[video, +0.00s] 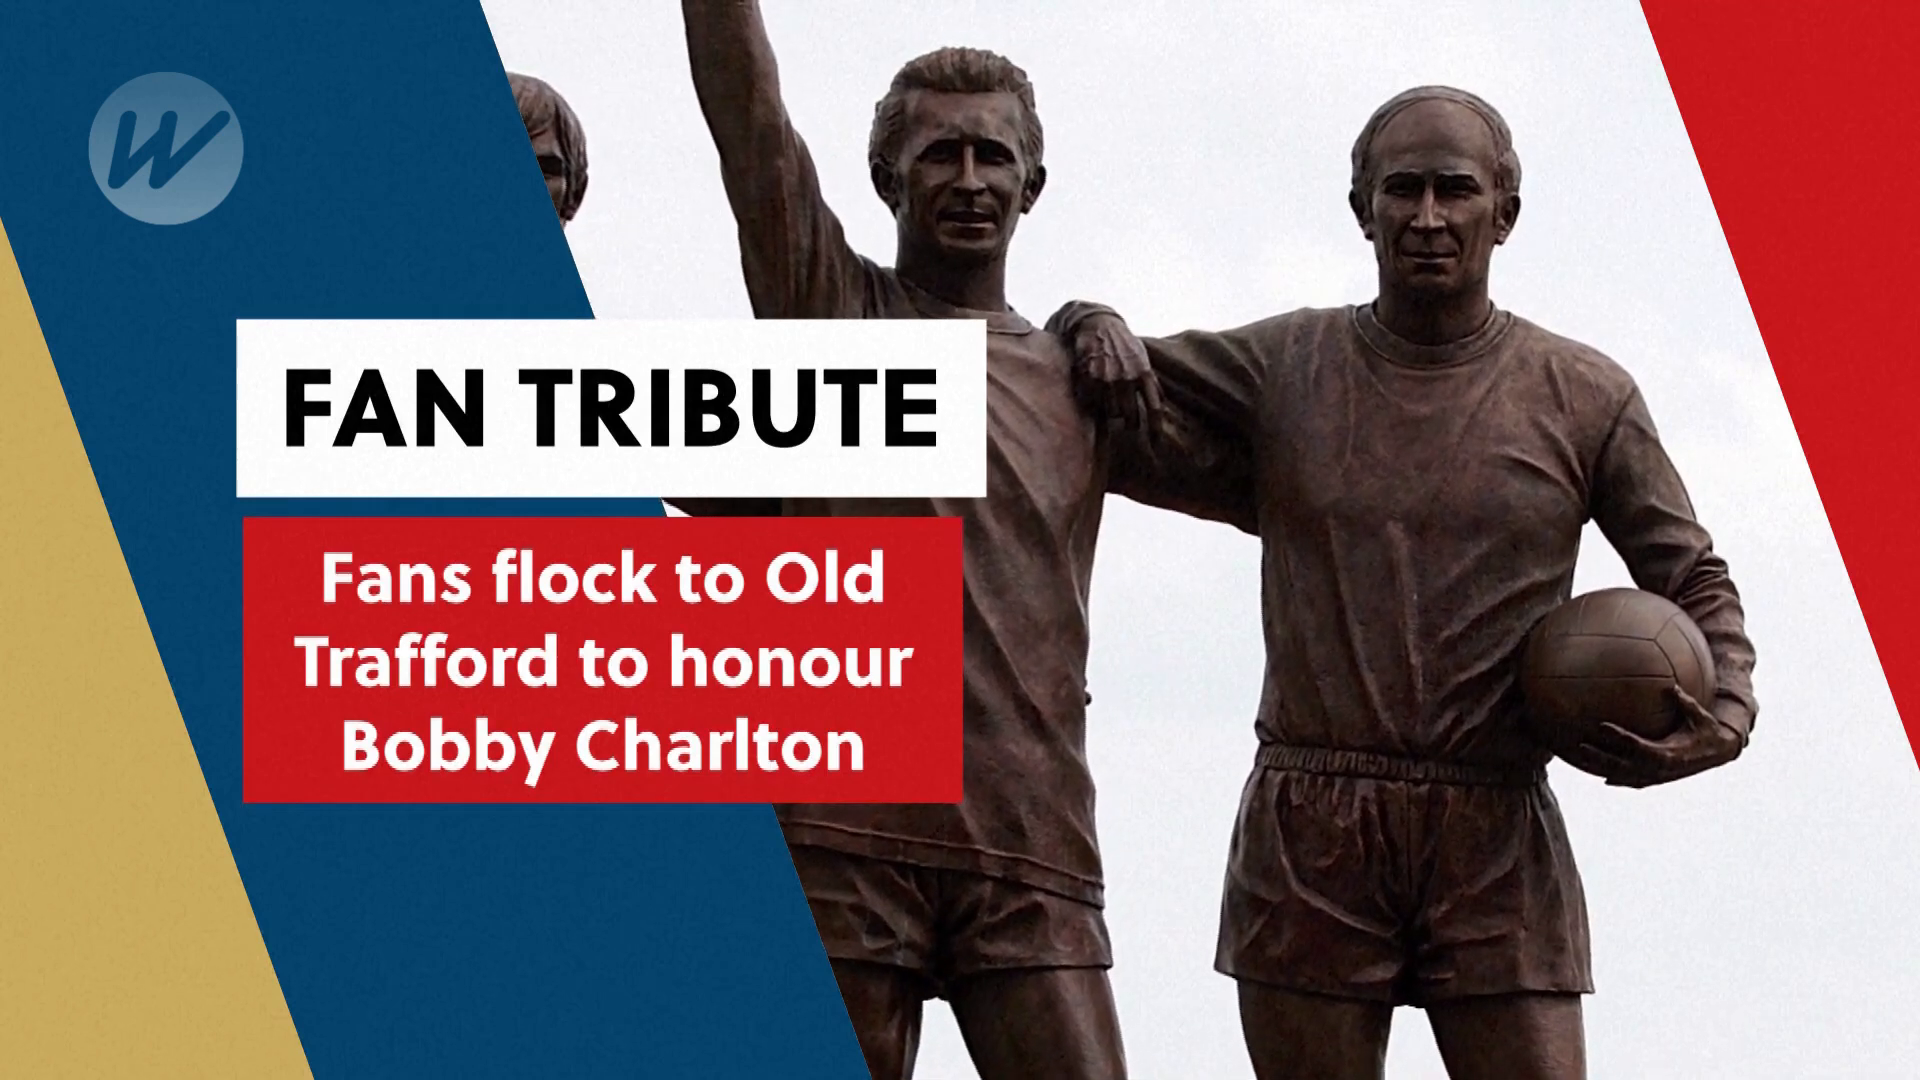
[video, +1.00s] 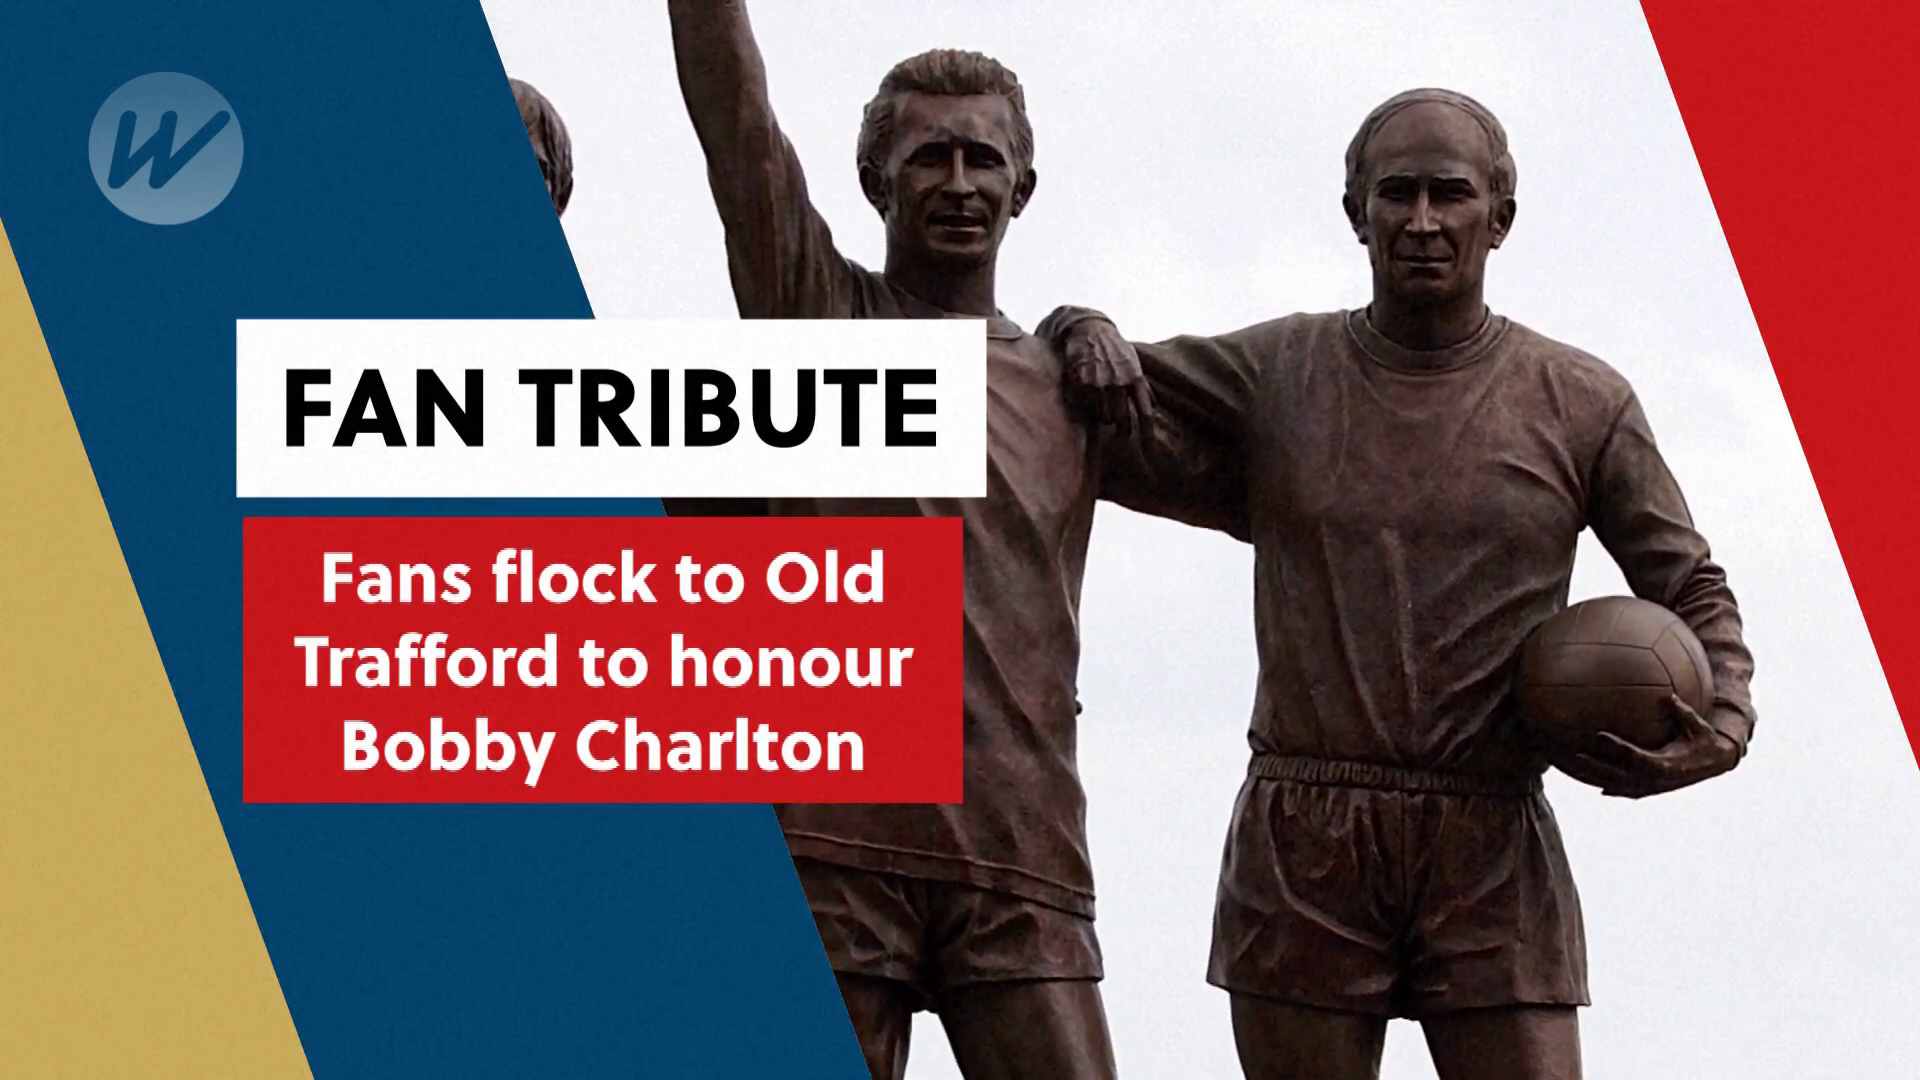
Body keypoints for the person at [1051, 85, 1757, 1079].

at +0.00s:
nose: (1428, 215)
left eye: (1457, 187)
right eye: (1401, 189)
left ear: (1507, 212)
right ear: (1362, 209)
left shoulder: (1585, 394)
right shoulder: (1283, 363)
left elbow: (1693, 579)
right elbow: (1103, 396)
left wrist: (1727, 700)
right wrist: (1087, 321)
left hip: (1495, 838)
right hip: (1309, 835)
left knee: (1542, 1066)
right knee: (1308, 1069)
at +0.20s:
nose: (1427, 216)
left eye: (1456, 188)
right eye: (1400, 190)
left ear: (1506, 213)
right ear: (1361, 210)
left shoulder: (1584, 395)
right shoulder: (1282, 364)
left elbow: (1692, 580)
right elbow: (1106, 398)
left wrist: (1726, 705)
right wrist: (1085, 323)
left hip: (1494, 841)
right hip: (1307, 837)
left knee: (1541, 1067)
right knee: (1306, 1069)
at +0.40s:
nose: (1426, 217)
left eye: (1455, 189)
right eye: (1399, 190)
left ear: (1505, 214)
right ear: (1359, 211)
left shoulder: (1583, 397)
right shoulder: (1279, 365)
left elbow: (1692, 583)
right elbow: (1105, 400)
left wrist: (1724, 706)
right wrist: (1083, 325)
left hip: (1494, 842)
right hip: (1306, 838)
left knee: (1539, 1065)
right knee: (1304, 1067)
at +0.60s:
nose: (1425, 218)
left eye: (1453, 190)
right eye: (1398, 191)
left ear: (1504, 214)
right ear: (1358, 212)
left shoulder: (1583, 398)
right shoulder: (1278, 366)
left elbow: (1691, 584)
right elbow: (1107, 407)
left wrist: (1725, 709)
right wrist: (1083, 327)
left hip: (1495, 846)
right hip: (1305, 841)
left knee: (1538, 1065)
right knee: (1301, 1067)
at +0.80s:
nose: (1423, 218)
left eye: (1452, 191)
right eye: (1397, 192)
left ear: (1503, 216)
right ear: (1357, 212)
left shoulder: (1582, 398)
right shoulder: (1278, 367)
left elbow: (1691, 586)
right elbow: (1104, 402)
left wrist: (1725, 711)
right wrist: (1080, 327)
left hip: (1494, 847)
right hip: (1304, 842)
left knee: (1539, 1066)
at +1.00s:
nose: (1422, 219)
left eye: (1450, 192)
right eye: (1395, 193)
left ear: (1502, 217)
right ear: (1355, 213)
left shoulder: (1581, 400)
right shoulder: (1276, 368)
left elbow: (1690, 588)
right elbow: (1099, 408)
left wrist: (1724, 712)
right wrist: (1077, 329)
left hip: (1492, 848)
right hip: (1301, 844)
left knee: (1536, 1065)